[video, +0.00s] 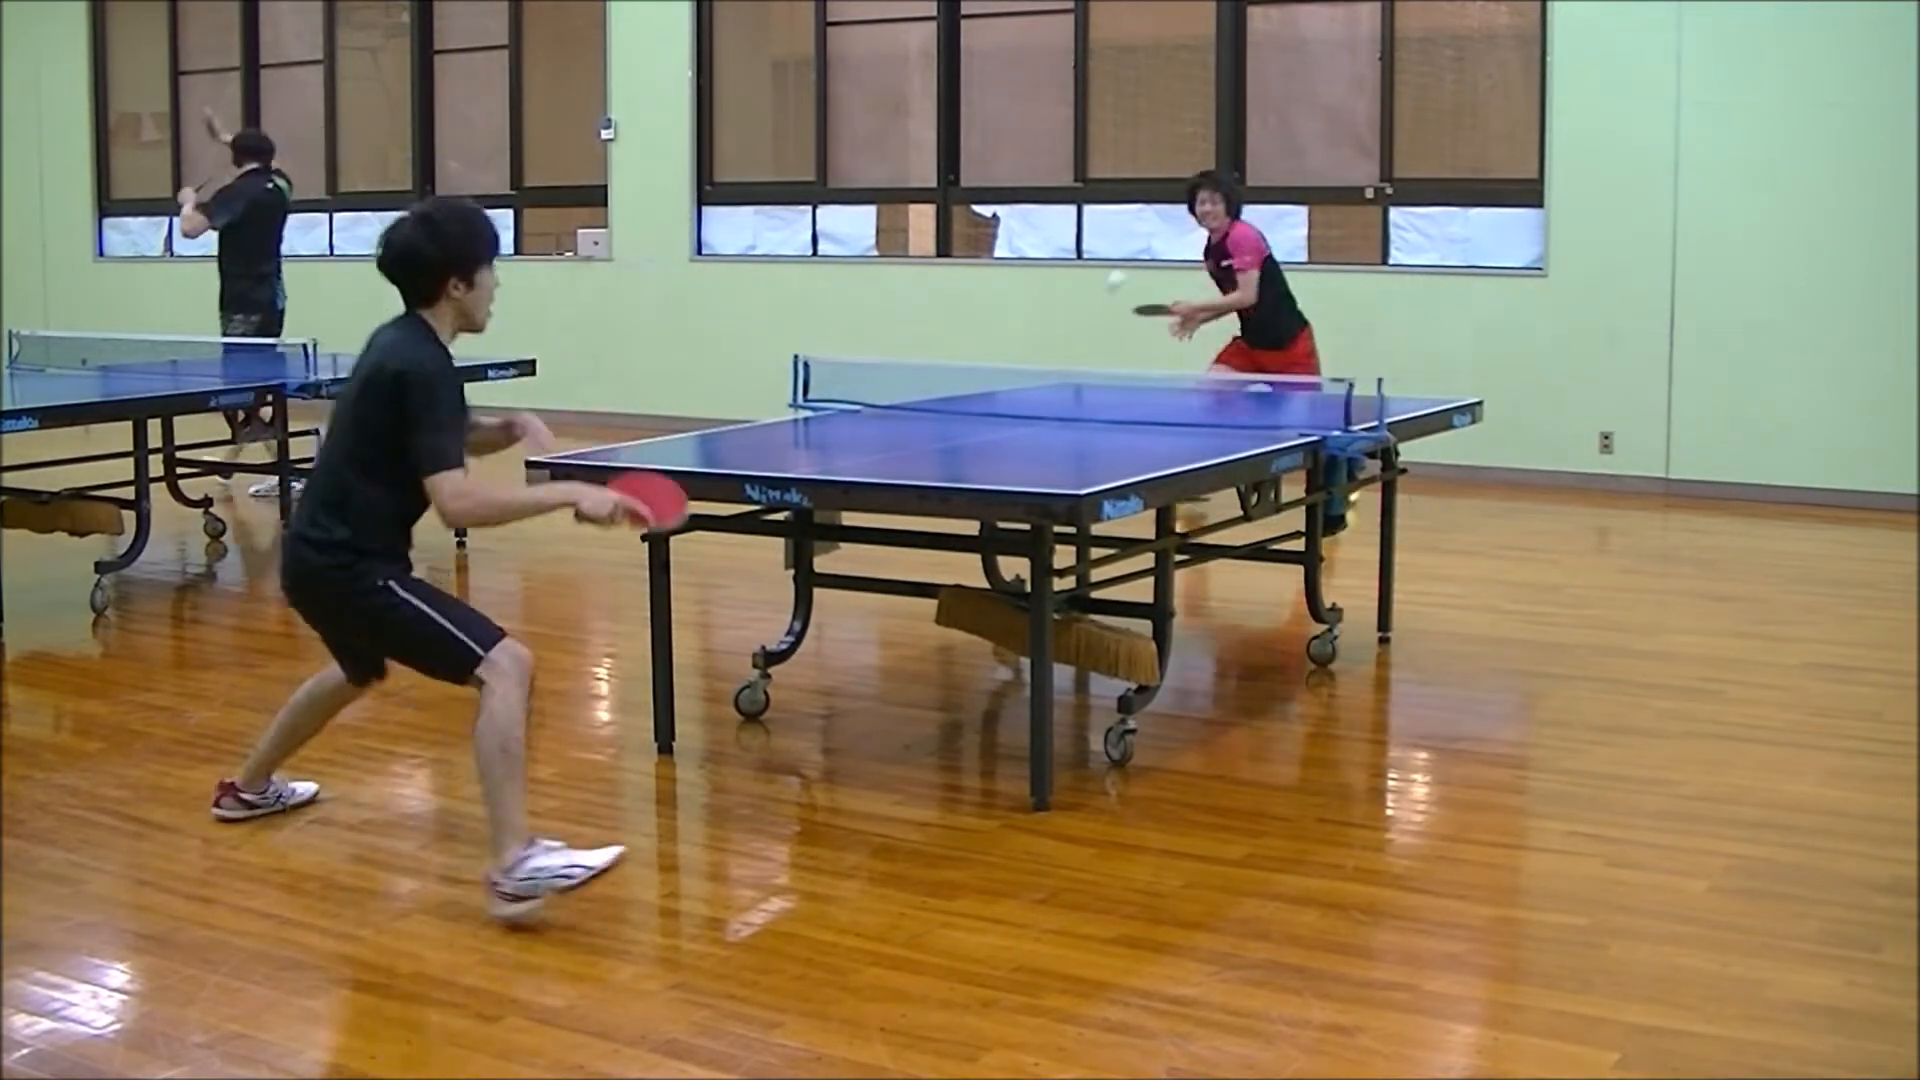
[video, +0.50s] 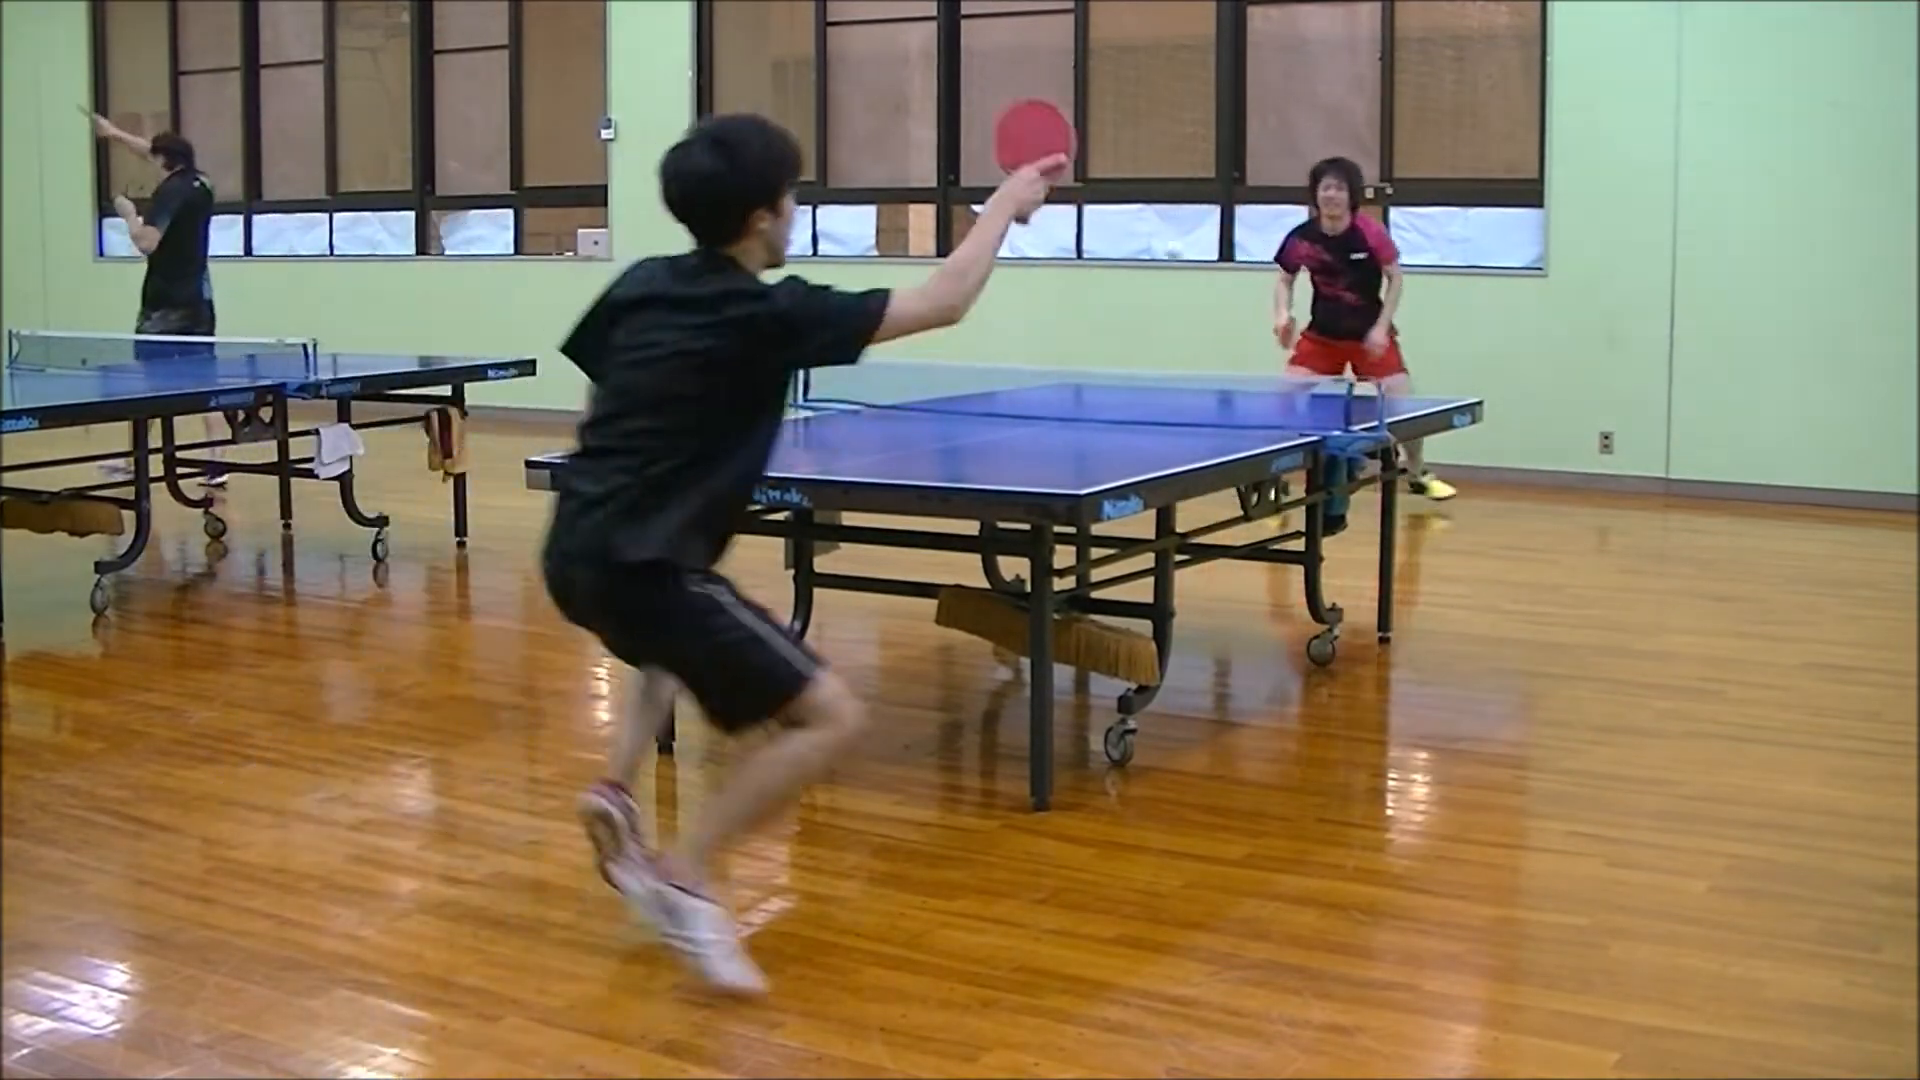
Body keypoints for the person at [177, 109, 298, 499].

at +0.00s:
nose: (234, 155)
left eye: (235, 151)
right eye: (236, 152)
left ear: (238, 157)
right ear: (267, 156)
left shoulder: (239, 192)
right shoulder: (280, 185)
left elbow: (191, 227)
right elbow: (258, 159)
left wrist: (188, 201)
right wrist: (226, 136)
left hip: (243, 304)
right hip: (270, 298)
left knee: (236, 383)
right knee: (263, 372)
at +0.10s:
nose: (217, 156)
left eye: (219, 153)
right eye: (220, 153)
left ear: (225, 158)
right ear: (253, 157)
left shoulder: (224, 194)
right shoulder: (263, 186)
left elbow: (180, 236)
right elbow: (234, 152)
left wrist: (177, 209)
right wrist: (198, 135)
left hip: (227, 306)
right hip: (253, 299)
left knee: (228, 389)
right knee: (239, 385)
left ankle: (273, 469)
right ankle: (221, 471)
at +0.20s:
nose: (204, 155)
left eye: (205, 152)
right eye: (206, 152)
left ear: (210, 158)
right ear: (238, 158)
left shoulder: (211, 193)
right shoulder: (248, 186)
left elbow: (177, 240)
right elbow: (214, 151)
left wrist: (166, 216)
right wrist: (177, 136)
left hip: (210, 305)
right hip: (238, 300)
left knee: (190, 387)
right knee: (227, 383)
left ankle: (246, 440)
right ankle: (219, 467)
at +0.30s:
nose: (186, 155)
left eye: (189, 151)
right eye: (188, 151)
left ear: (196, 156)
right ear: (222, 156)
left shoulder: (201, 188)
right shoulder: (234, 184)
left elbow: (175, 240)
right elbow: (188, 151)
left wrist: (156, 217)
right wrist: (152, 134)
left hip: (195, 303)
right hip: (225, 302)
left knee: (165, 377)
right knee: (209, 383)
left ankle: (213, 436)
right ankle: (218, 479)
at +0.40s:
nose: (171, 154)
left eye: (174, 151)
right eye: (173, 151)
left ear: (183, 157)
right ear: (203, 155)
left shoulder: (189, 186)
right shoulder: (216, 181)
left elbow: (164, 240)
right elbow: (169, 149)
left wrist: (145, 217)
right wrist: (130, 132)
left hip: (181, 300)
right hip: (212, 300)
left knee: (150, 371)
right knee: (214, 386)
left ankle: (162, 457)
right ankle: (219, 466)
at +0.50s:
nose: (153, 161)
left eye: (156, 157)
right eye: (154, 157)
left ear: (165, 162)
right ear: (186, 158)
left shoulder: (172, 190)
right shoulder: (201, 184)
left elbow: (147, 243)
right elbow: (152, 151)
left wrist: (129, 215)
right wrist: (115, 132)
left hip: (164, 305)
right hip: (198, 303)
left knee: (141, 381)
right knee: (209, 389)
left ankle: (130, 459)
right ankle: (218, 465)